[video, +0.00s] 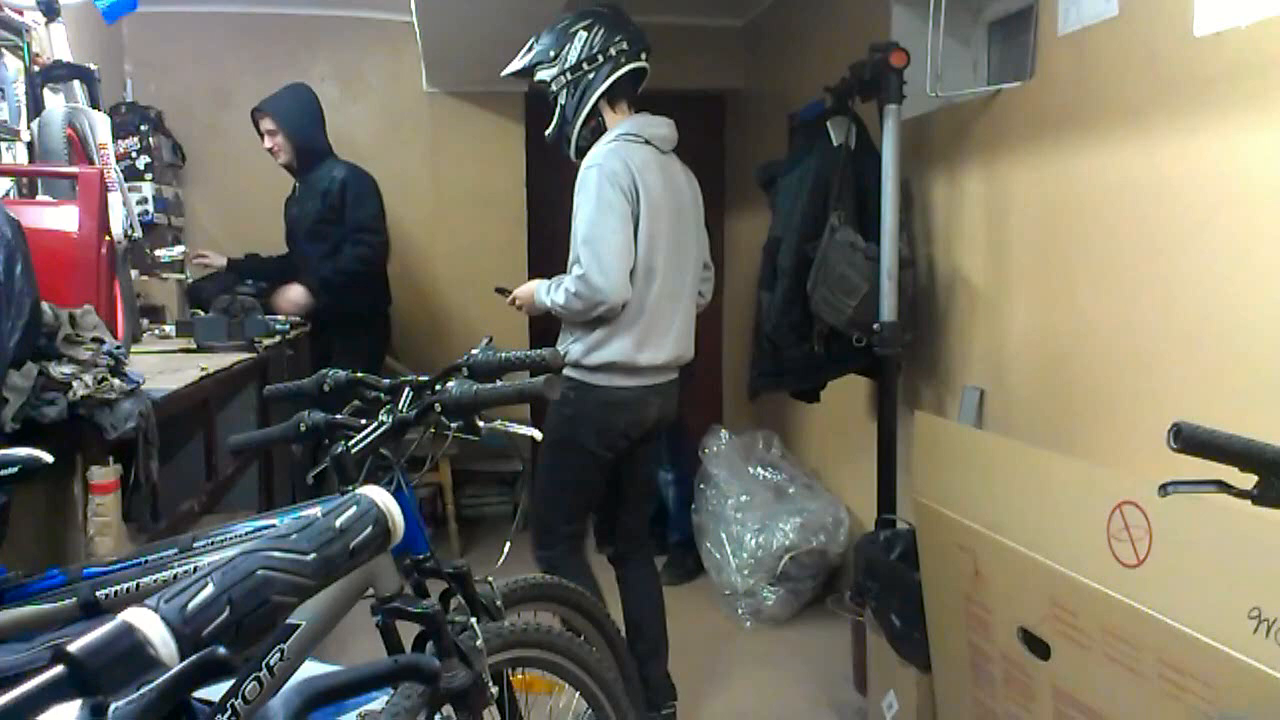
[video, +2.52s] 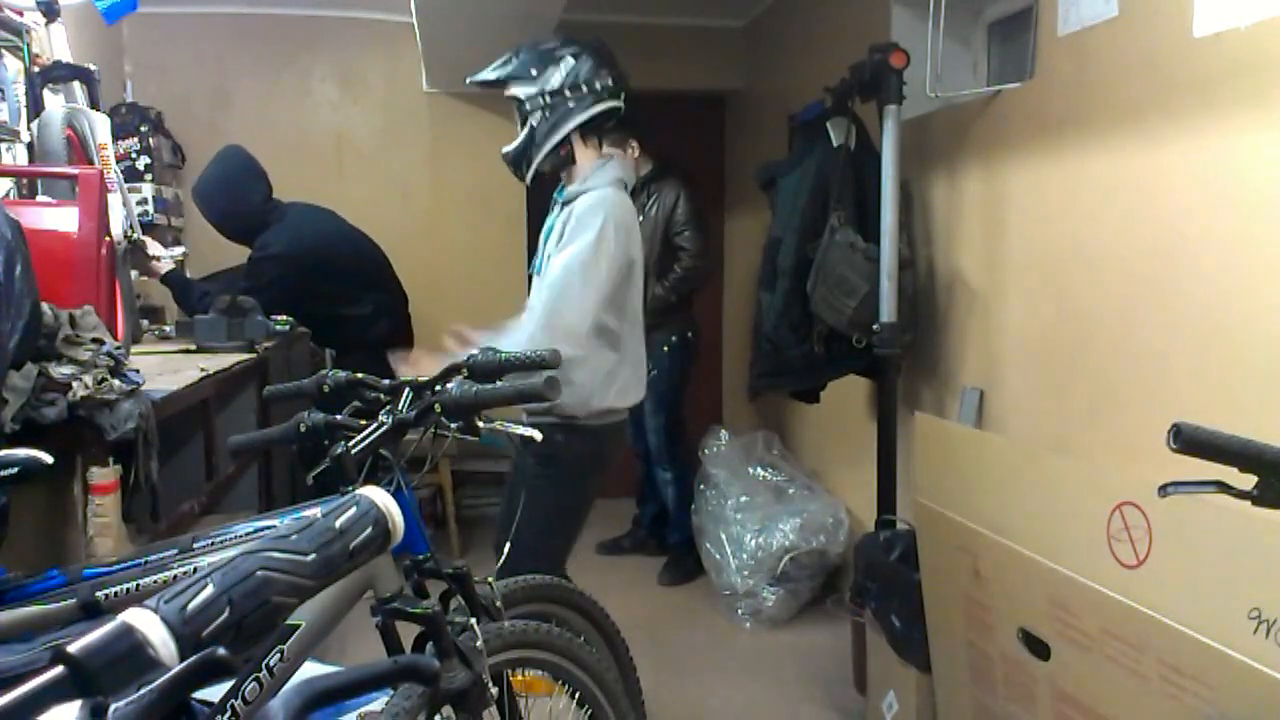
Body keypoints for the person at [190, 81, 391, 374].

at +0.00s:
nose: (267, 145)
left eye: (273, 134)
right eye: (263, 137)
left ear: (300, 128)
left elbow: (368, 255)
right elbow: (298, 264)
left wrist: (310, 289)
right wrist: (231, 265)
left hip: (358, 329)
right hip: (318, 329)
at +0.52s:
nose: (225, 169)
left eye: (228, 156)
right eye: (224, 158)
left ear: (248, 151)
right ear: (267, 143)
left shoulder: (292, 200)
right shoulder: (309, 186)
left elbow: (253, 278)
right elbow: (266, 271)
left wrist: (178, 260)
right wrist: (196, 263)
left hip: (356, 343)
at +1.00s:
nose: (215, 213)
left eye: (215, 204)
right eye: (212, 205)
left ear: (234, 200)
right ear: (261, 182)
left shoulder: (279, 241)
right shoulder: (293, 212)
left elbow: (230, 305)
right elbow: (245, 264)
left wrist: (164, 272)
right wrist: (185, 256)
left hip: (372, 341)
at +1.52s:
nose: (213, 221)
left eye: (215, 212)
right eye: (211, 213)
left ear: (237, 205)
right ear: (259, 191)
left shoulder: (277, 250)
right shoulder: (291, 217)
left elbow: (231, 309)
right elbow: (247, 268)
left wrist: (165, 274)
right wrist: (187, 259)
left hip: (369, 346)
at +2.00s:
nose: (211, 230)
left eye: (208, 221)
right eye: (206, 222)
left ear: (223, 216)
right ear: (248, 193)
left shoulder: (272, 252)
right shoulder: (295, 216)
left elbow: (230, 315)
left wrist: (165, 273)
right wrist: (173, 273)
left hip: (366, 348)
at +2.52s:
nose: (218, 226)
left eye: (216, 217)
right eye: (213, 217)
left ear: (230, 213)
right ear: (257, 190)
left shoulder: (277, 254)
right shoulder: (299, 217)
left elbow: (224, 311)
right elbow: (247, 286)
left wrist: (164, 272)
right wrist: (181, 282)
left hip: (369, 361)